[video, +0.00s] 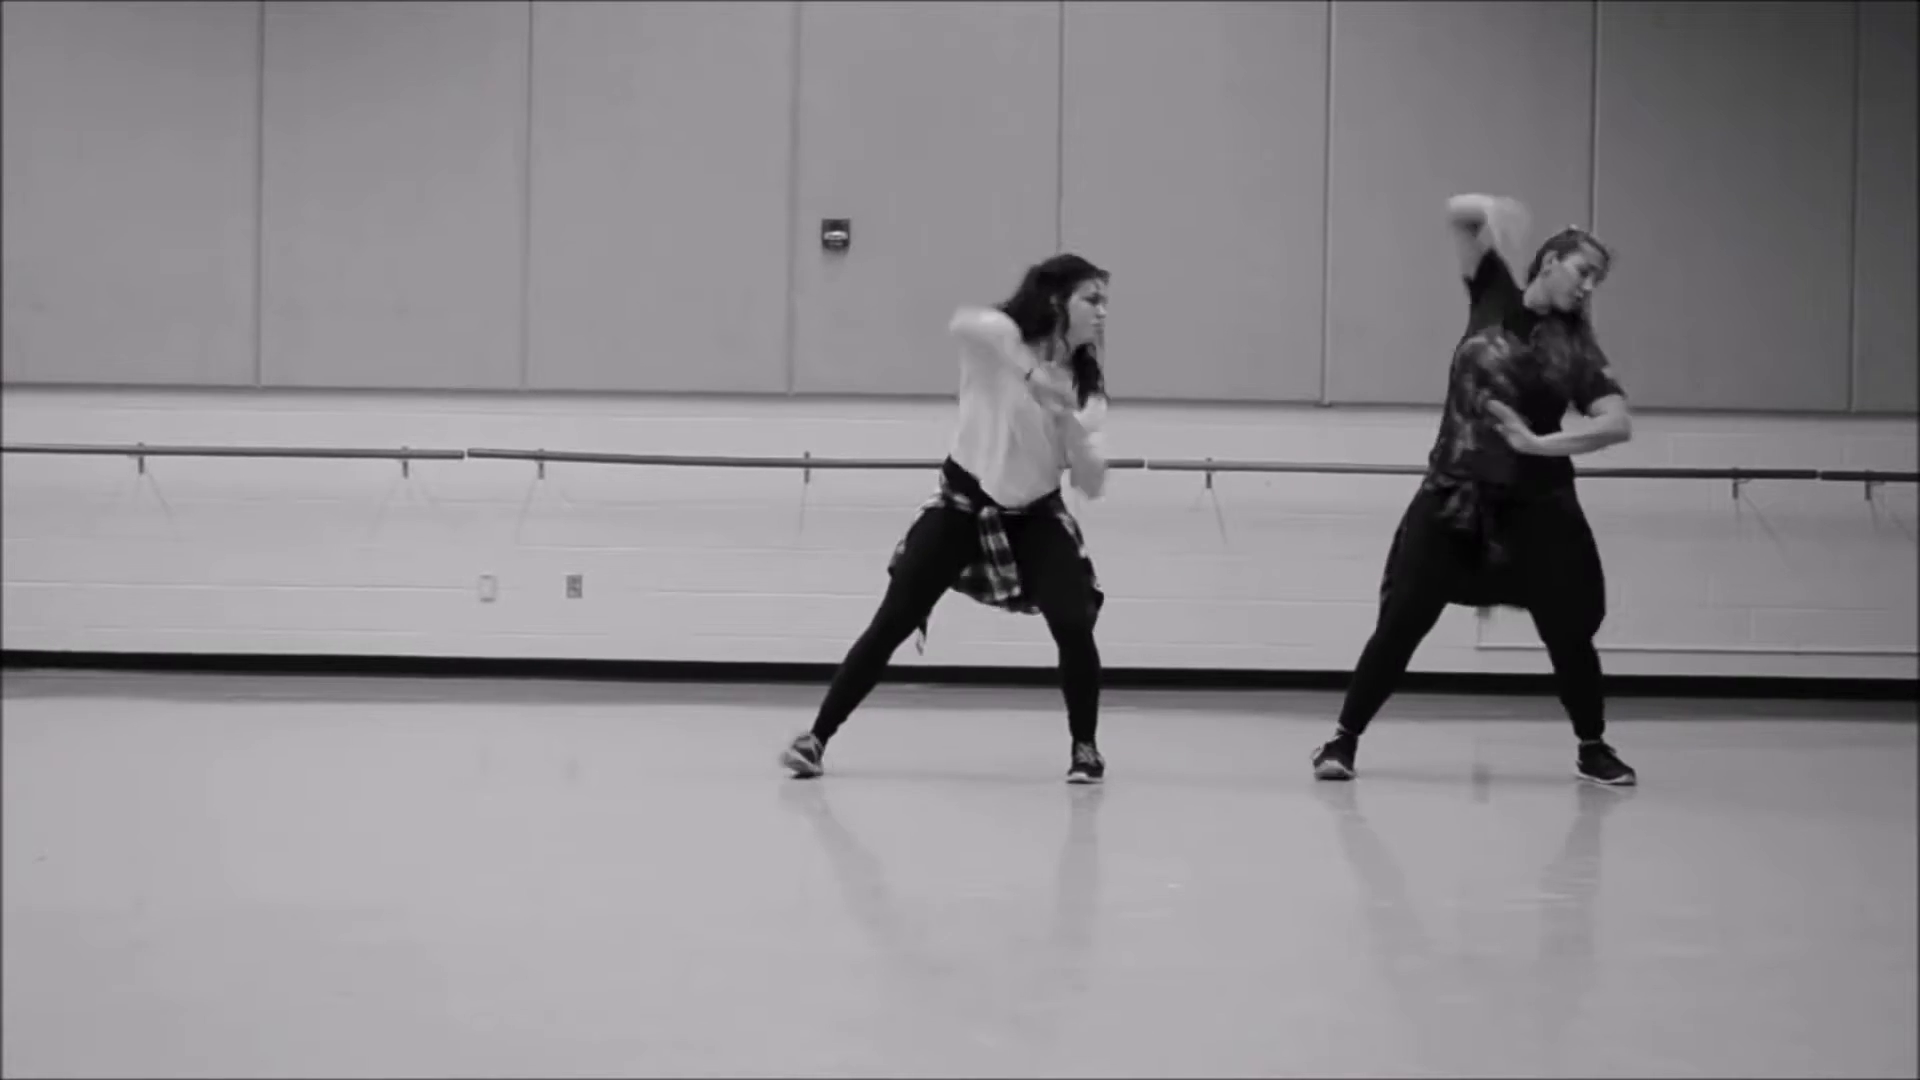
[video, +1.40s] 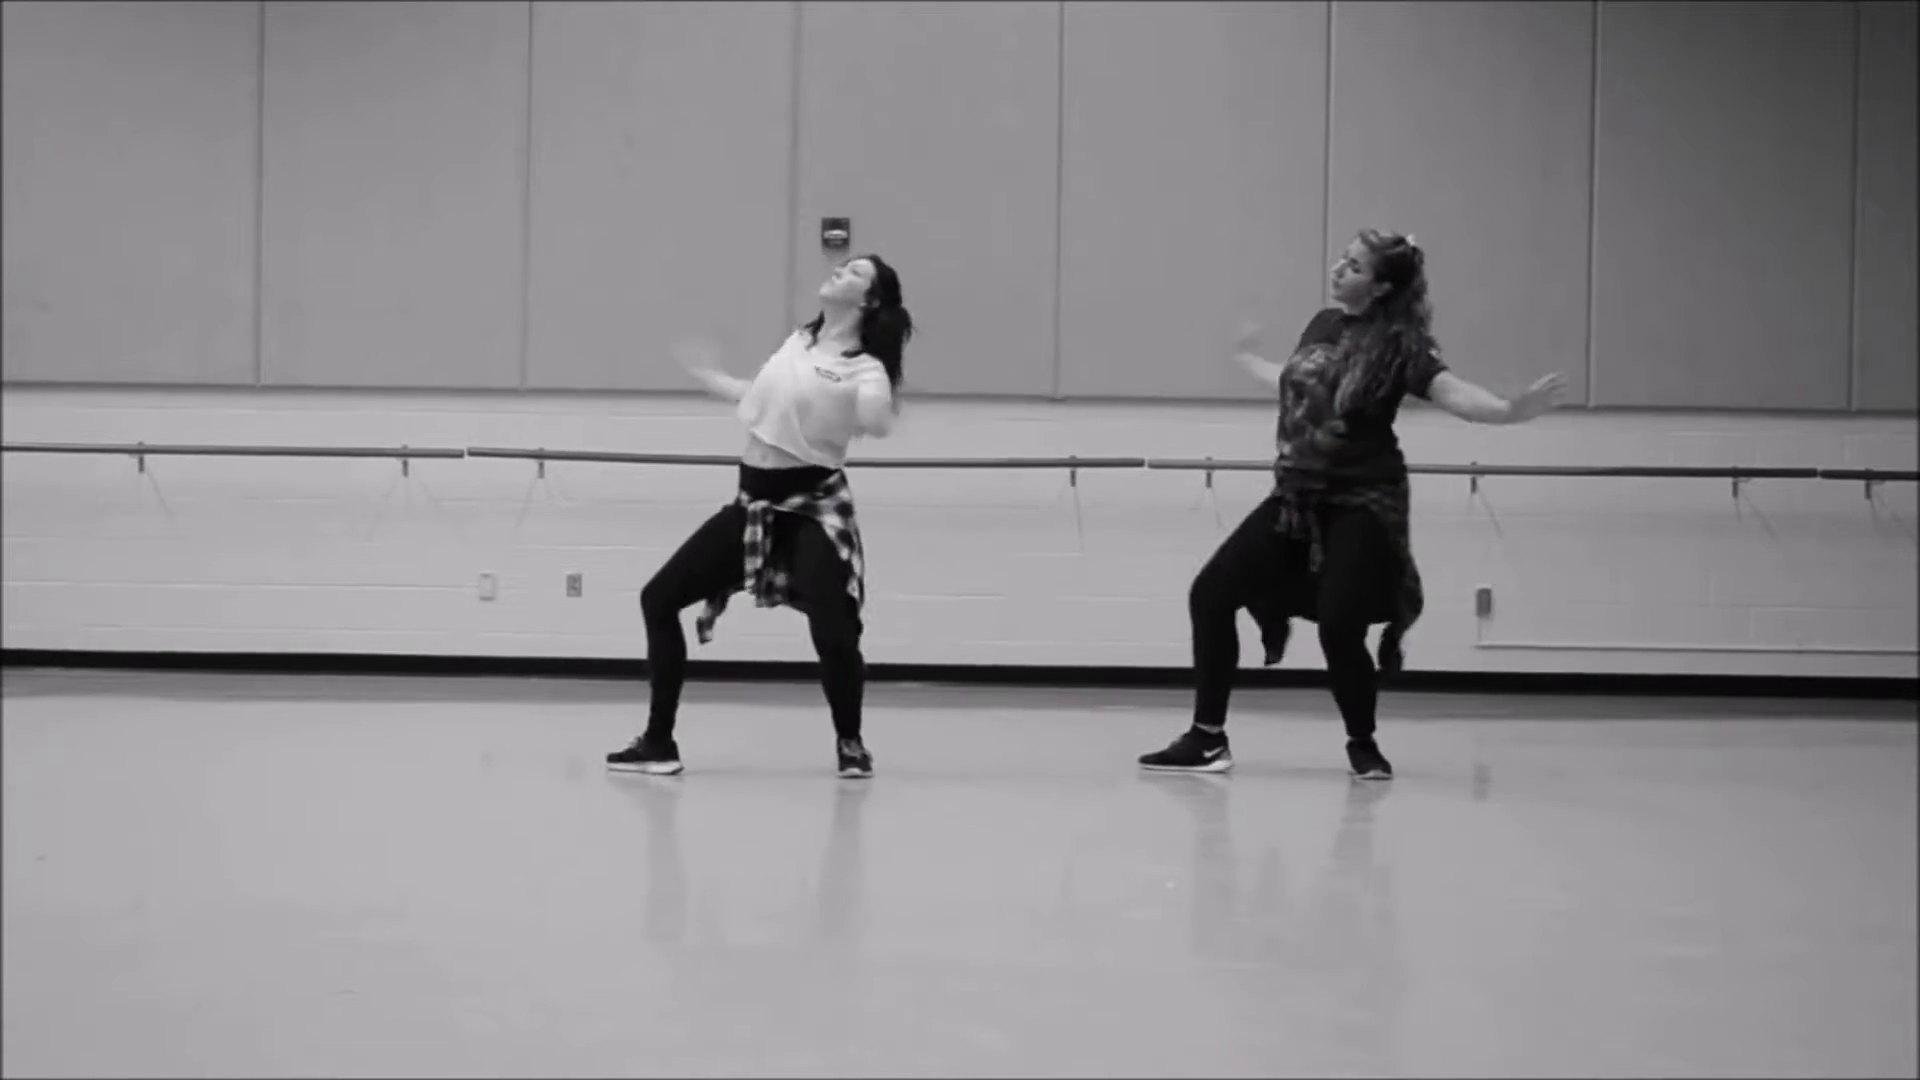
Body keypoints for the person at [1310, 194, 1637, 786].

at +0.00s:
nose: (1589, 286)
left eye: (1595, 279)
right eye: (1584, 270)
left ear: (1592, 286)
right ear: (1550, 259)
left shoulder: (1577, 349)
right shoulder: (1493, 297)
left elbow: (1616, 423)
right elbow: (1458, 215)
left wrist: (1538, 443)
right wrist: (1494, 210)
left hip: (1535, 507)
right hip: (1453, 497)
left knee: (1569, 635)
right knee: (1401, 623)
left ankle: (1593, 748)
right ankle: (1343, 741)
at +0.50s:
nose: (1514, 262)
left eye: (1531, 266)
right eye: (1518, 254)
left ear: (1541, 295)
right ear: (1503, 265)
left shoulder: (1535, 343)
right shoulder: (1474, 323)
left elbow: (1569, 400)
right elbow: (1456, 299)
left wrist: (1505, 433)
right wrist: (1451, 245)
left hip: (1524, 507)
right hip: (1457, 506)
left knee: (1553, 635)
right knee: (1389, 605)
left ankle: (1593, 748)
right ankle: (1331, 735)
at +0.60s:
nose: (1493, 263)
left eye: (1509, 267)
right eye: (1497, 255)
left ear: (1522, 297)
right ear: (1483, 270)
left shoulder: (1525, 346)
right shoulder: (1459, 328)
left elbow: (1561, 405)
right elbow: (1436, 347)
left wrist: (1510, 437)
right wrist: (1422, 296)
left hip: (1522, 514)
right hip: (1452, 512)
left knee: (1550, 634)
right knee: (1379, 606)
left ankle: (1596, 749)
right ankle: (1327, 737)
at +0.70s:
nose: (1457, 265)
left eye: (1473, 267)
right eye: (1464, 258)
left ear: (1488, 297)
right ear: (1452, 279)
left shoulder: (1503, 350)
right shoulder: (1435, 338)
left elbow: (1546, 410)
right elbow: (1426, 403)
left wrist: (1517, 438)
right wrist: (1382, 362)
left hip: (1513, 517)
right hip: (1443, 519)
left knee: (1549, 636)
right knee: (1357, 601)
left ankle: (1599, 749)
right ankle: (1325, 737)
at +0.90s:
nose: (1374, 268)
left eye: (1390, 265)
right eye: (1380, 259)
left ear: (1416, 287)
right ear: (1385, 279)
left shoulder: (1434, 341)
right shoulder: (1357, 341)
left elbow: (1468, 374)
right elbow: (1353, 399)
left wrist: (1495, 391)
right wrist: (1283, 383)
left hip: (1447, 508)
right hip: (1381, 509)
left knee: (1474, 628)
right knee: (1307, 603)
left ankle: (1559, 709)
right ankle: (1317, 739)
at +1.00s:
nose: (1353, 261)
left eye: (1367, 258)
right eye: (1357, 252)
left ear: (1397, 278)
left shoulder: (1417, 331)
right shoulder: (1340, 329)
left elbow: (1461, 374)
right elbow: (1318, 386)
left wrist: (1486, 384)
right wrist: (1250, 375)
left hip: (1431, 495)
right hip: (1363, 496)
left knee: (1410, 598)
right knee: (1288, 590)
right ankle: (1307, 724)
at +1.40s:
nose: (1337, 267)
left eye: (1352, 265)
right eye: (1342, 258)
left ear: (1378, 288)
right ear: (1351, 276)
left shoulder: (1396, 346)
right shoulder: (1322, 325)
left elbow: (1452, 390)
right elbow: (1297, 390)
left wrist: (1506, 410)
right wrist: (1250, 361)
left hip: (1363, 503)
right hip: (1295, 499)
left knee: (1339, 623)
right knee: (1209, 596)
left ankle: (1362, 745)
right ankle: (1207, 733)